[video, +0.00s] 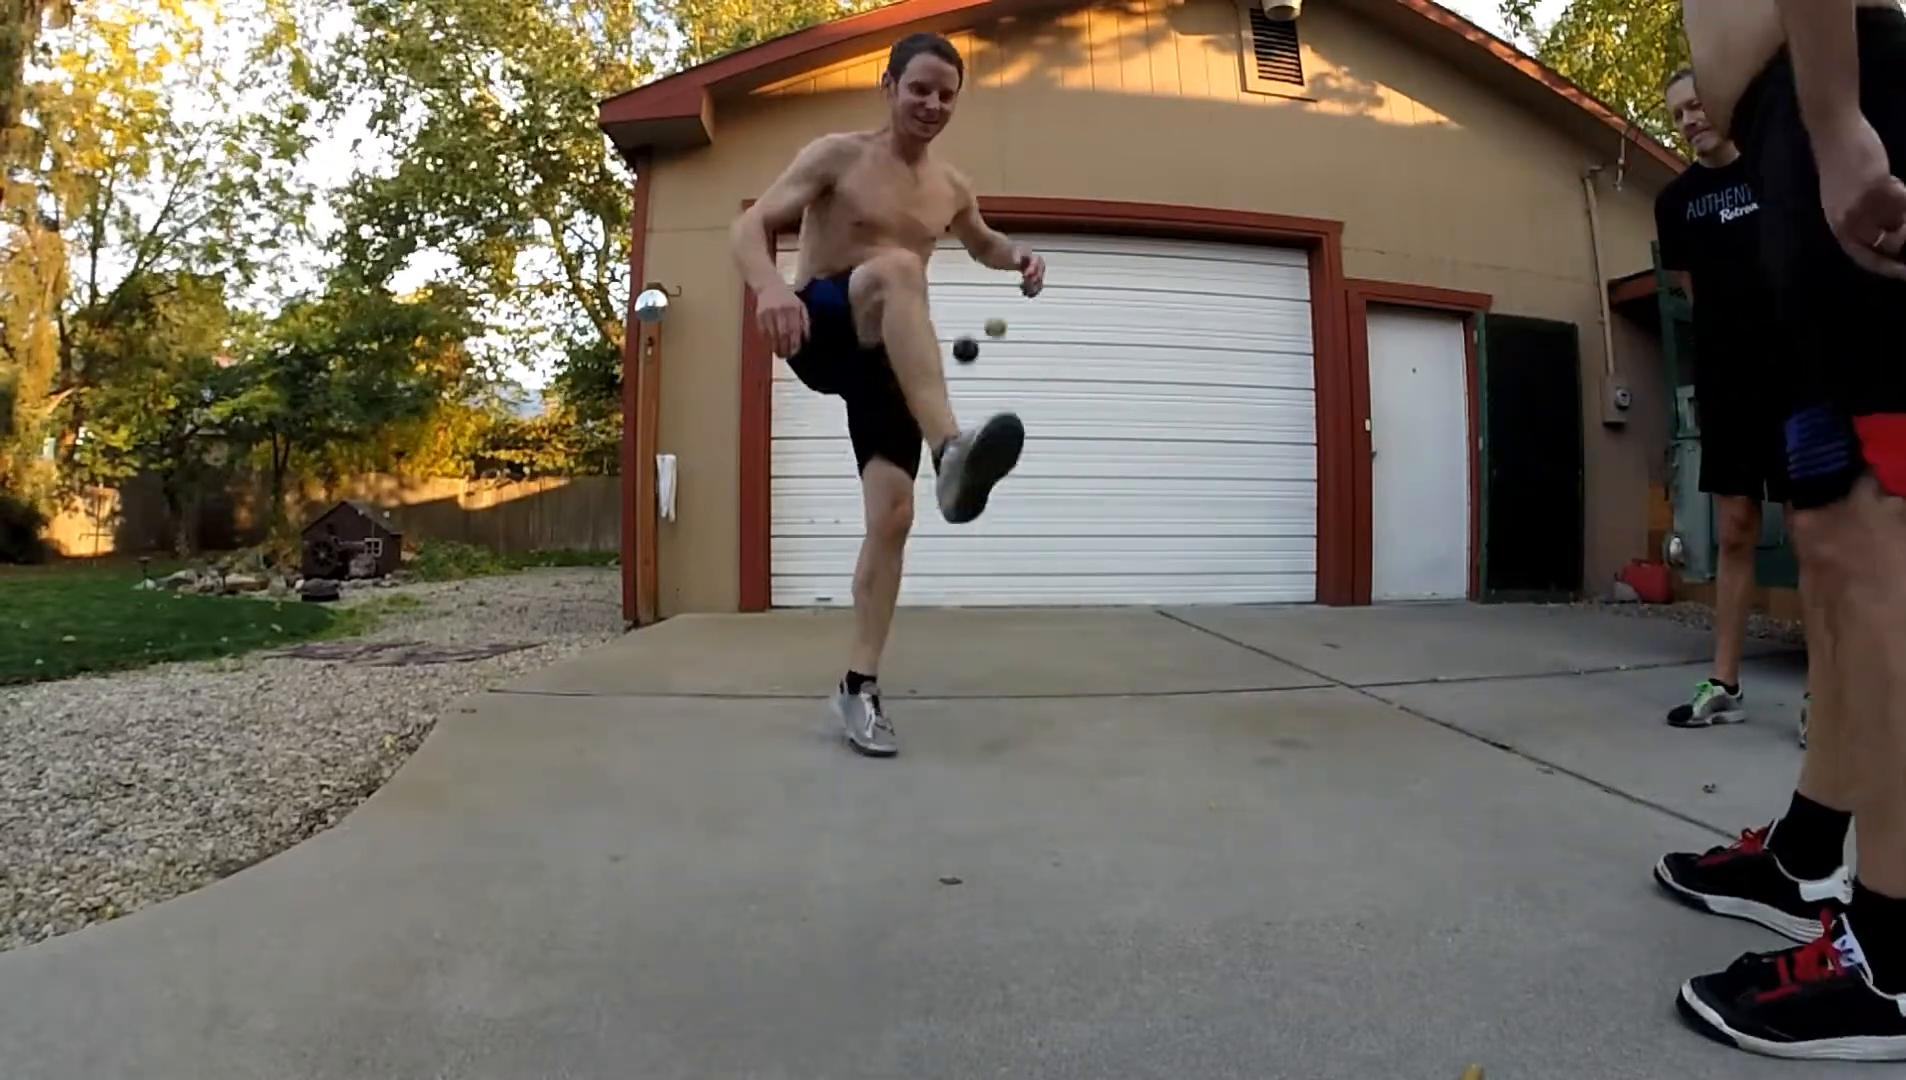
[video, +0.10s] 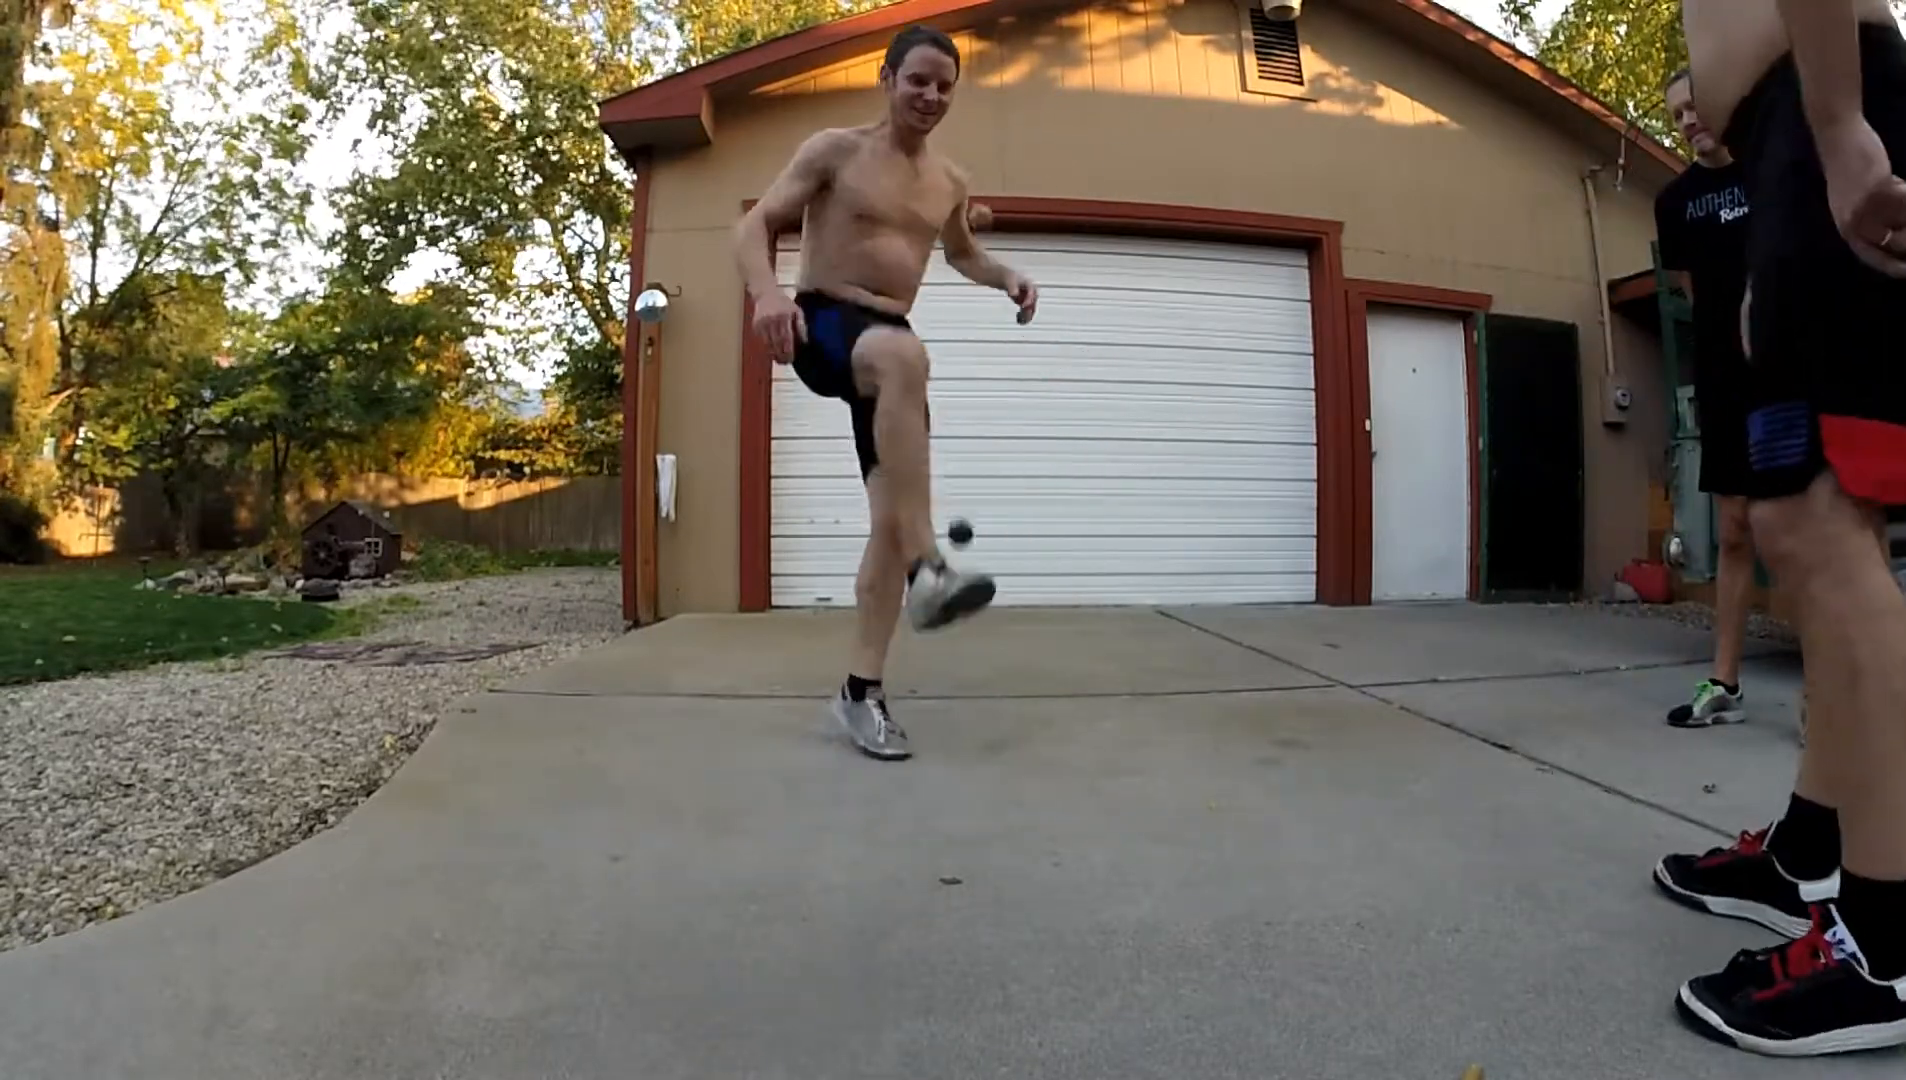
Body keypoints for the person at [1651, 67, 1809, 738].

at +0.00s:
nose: (1692, 118)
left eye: (1697, 105)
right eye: (1680, 112)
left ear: (1724, 104)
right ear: (1672, 124)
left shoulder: (1773, 174)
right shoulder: (1676, 200)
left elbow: (1801, 262)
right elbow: (1682, 288)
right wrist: (1738, 308)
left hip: (1795, 368)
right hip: (1726, 377)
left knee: (1811, 533)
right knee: (1735, 531)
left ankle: (1822, 694)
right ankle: (1723, 680)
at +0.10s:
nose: (1689, 120)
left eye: (1694, 106)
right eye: (1679, 113)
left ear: (1723, 105)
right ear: (1677, 125)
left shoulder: (1767, 175)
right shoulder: (1675, 199)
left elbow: (1795, 266)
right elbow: (1682, 288)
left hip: (1786, 368)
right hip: (1721, 376)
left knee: (1800, 531)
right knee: (1733, 530)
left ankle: (1826, 686)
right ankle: (1725, 680)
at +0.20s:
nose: (1687, 122)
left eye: (1692, 107)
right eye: (1677, 114)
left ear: (1720, 106)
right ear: (1675, 124)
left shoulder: (1766, 176)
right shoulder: (1677, 198)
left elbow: (1790, 273)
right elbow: (1687, 290)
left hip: (1783, 363)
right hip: (1720, 377)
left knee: (1802, 531)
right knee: (1733, 532)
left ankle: (1830, 687)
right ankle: (1725, 679)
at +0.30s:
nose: (1686, 122)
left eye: (1689, 108)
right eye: (1678, 114)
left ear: (1720, 111)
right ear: (1678, 123)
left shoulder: (1768, 179)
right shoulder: (1677, 198)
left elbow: (1793, 274)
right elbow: (1686, 294)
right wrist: (1712, 354)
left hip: (1788, 361)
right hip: (1723, 376)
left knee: (1806, 532)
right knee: (1734, 530)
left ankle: (1823, 683)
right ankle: (1725, 679)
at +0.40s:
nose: (1693, 122)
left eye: (1701, 108)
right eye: (1686, 109)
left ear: (1732, 115)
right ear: (1685, 121)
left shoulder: (1769, 183)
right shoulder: (1678, 199)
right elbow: (1687, 287)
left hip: (1785, 368)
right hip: (1724, 381)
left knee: (1800, 538)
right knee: (1734, 532)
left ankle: (1819, 696)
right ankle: (1724, 679)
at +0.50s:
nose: (1705, 130)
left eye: (1716, 116)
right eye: (1696, 117)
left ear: (1743, 118)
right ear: (1688, 125)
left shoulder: (1772, 178)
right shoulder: (1678, 196)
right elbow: (1688, 289)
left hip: (1785, 371)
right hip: (1723, 383)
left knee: (1800, 542)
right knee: (1733, 533)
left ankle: (1816, 690)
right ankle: (1724, 679)